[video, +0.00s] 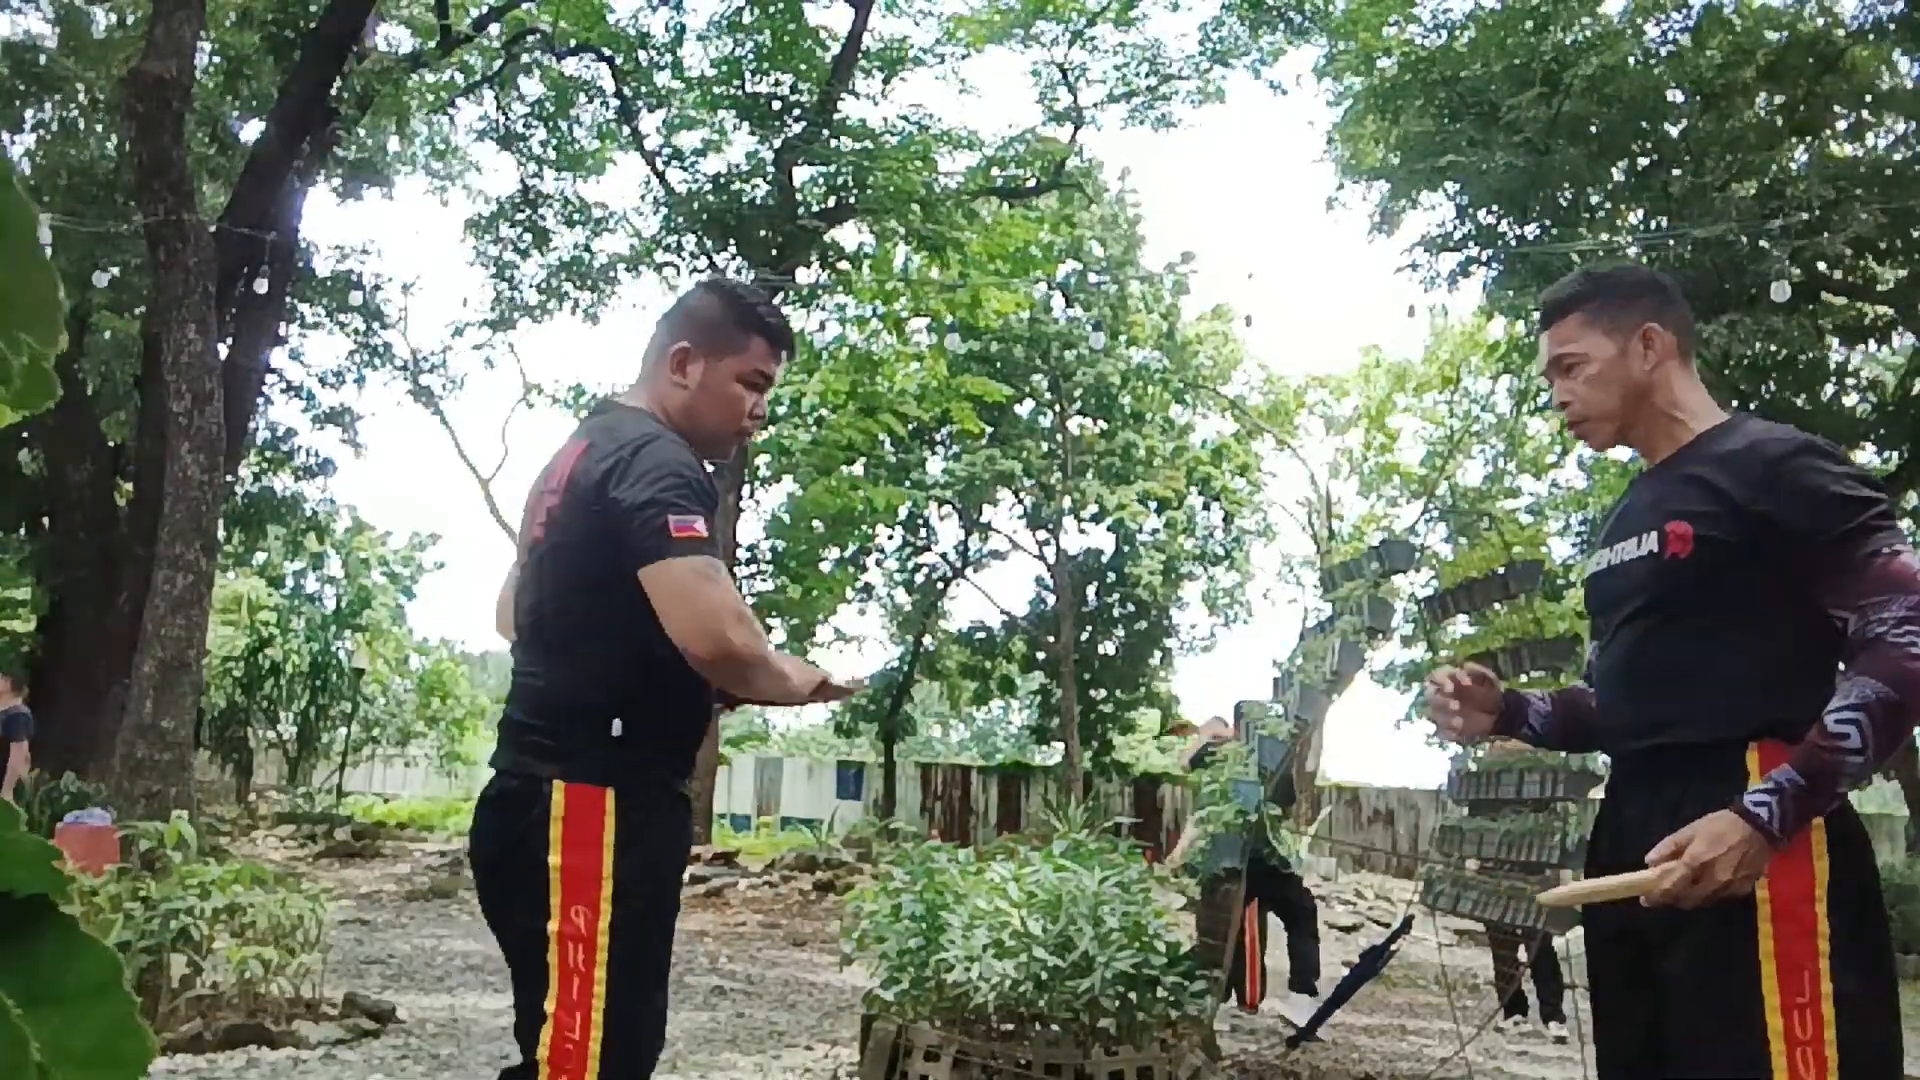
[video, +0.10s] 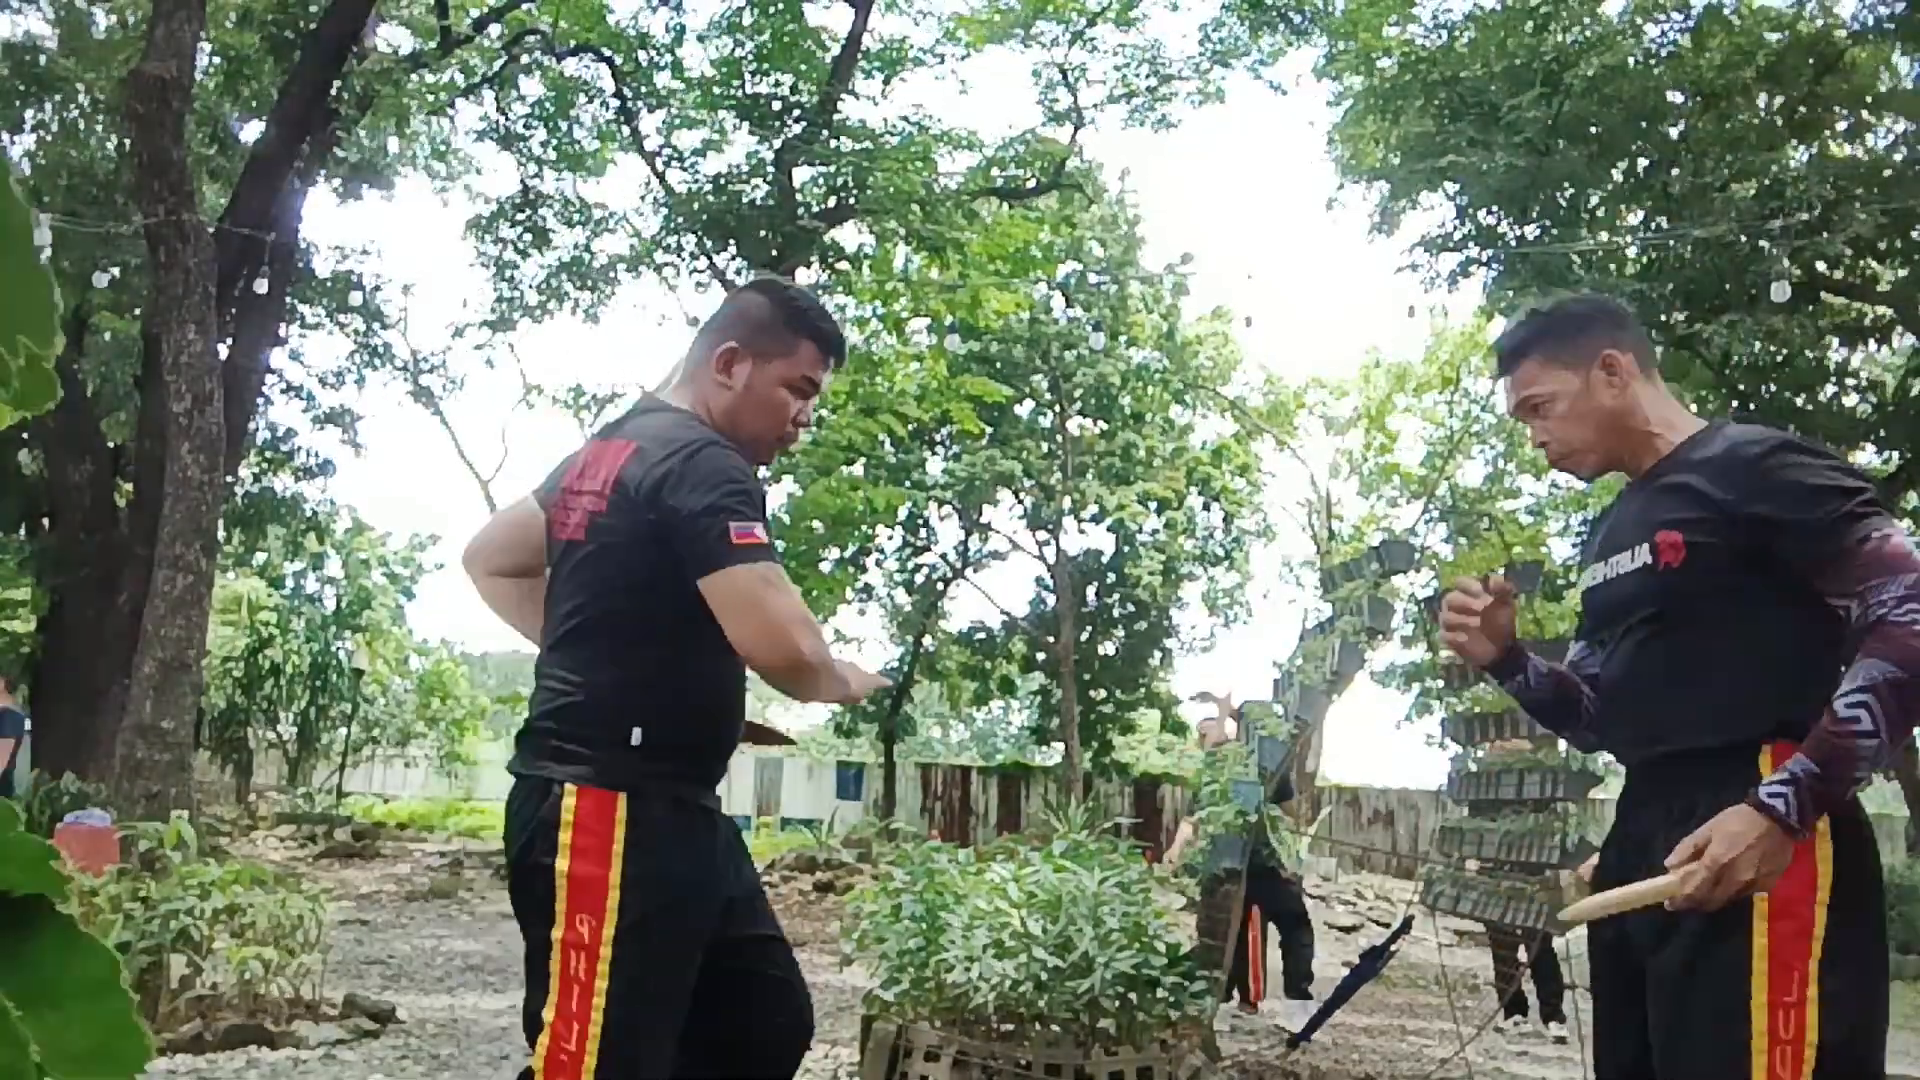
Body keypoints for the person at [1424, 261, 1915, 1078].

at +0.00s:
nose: (1557, 400)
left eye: (1572, 368)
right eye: (1551, 380)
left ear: (1651, 348)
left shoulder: (1774, 463)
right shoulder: (1626, 515)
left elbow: (1905, 634)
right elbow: (1630, 703)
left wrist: (1768, 813)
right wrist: (1511, 711)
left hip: (1764, 835)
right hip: (1633, 842)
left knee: (1776, 1061)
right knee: (1639, 1062)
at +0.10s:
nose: (1534, 439)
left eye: (1540, 409)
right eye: (1524, 421)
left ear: (1616, 373)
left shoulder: (1749, 461)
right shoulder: (1613, 528)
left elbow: (1909, 601)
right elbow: (1604, 710)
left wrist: (1788, 805)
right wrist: (1511, 660)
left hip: (1762, 821)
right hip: (1647, 829)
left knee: (1759, 1061)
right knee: (1637, 1060)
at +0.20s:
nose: (1509, 487)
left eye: (1509, 456)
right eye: (1498, 467)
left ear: (1578, 412)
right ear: (1577, 414)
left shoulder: (1719, 478)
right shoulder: (1601, 556)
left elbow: (1893, 602)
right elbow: (1575, 742)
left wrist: (1763, 802)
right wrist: (1513, 635)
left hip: (1774, 843)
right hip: (1663, 850)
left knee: (1721, 1065)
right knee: (1628, 1063)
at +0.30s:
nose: (1493, 546)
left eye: (1483, 516)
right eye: (1477, 528)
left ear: (1537, 470)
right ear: (1542, 472)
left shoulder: (1665, 513)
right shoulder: (1627, 574)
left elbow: (1738, 627)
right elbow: (1603, 780)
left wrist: (1613, 833)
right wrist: (1535, 647)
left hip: (1768, 858)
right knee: (1634, 1061)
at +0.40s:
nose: (1488, 562)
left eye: (1477, 534)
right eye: (1472, 544)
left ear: (1519, 486)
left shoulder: (1591, 526)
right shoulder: (1703, 527)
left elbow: (1507, 704)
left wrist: (1421, 882)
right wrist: (1666, 804)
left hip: (1755, 867)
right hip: (1870, 857)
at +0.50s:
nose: (1501, 533)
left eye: (1495, 511)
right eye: (1494, 518)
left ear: (1524, 472)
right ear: (1609, 447)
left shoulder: (1534, 545)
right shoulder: (1802, 501)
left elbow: (1406, 715)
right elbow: (1871, 684)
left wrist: (1401, 825)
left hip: (1712, 875)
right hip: (1892, 851)